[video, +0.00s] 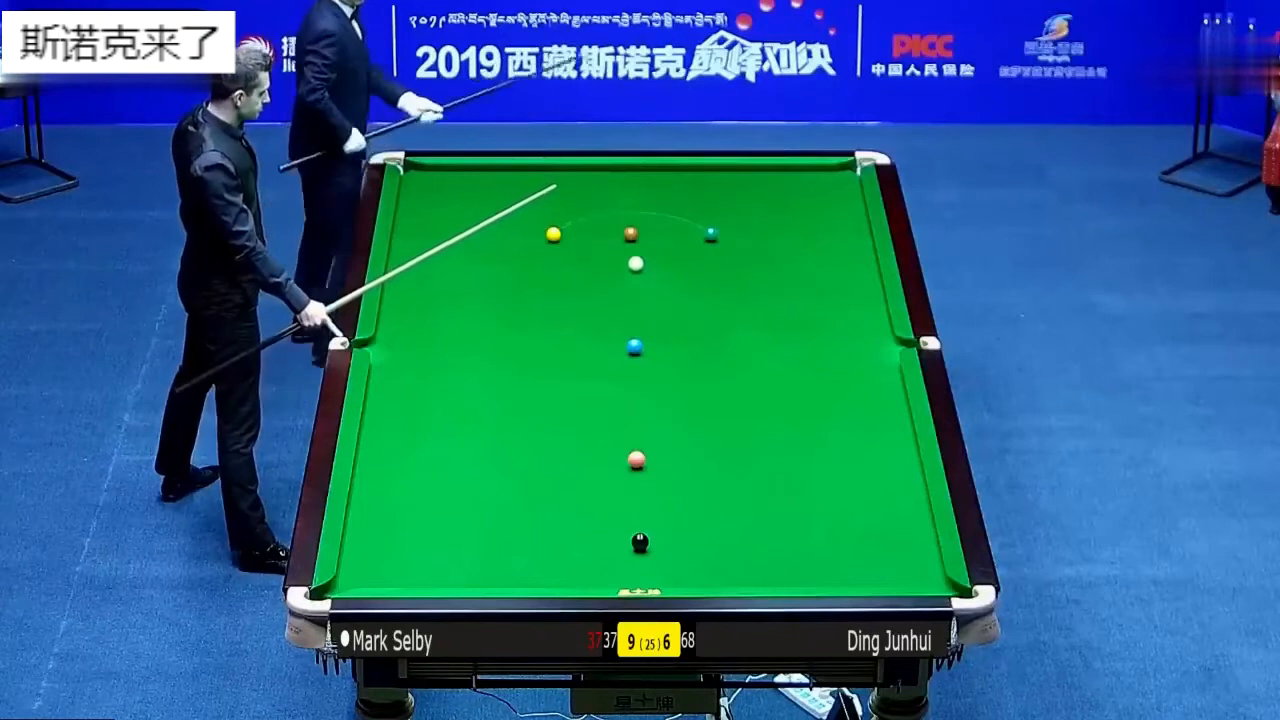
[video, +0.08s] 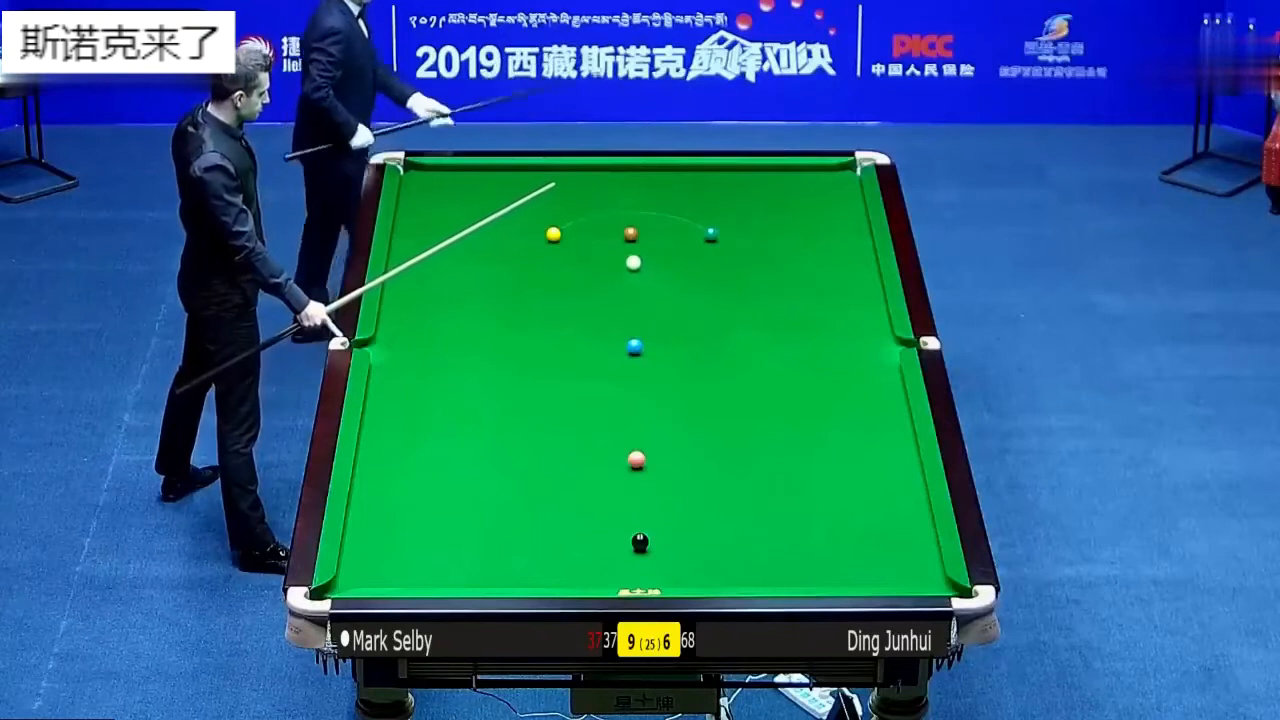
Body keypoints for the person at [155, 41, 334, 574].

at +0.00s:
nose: (267, 100)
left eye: (267, 91)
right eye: (262, 92)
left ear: (229, 89)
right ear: (237, 94)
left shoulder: (202, 121)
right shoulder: (212, 165)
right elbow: (246, 247)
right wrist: (302, 301)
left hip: (206, 281)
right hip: (226, 296)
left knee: (193, 379)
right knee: (240, 425)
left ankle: (175, 472)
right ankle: (253, 546)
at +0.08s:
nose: (266, 100)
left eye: (266, 91)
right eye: (261, 92)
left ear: (228, 90)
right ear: (236, 95)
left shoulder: (201, 122)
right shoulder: (212, 165)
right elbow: (245, 246)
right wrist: (301, 301)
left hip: (206, 282)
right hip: (226, 297)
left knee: (192, 379)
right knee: (239, 425)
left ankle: (175, 473)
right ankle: (253, 546)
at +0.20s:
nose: (267, 102)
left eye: (267, 93)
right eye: (262, 94)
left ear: (229, 92)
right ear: (235, 96)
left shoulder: (200, 121)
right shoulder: (212, 166)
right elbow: (245, 247)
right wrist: (300, 302)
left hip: (206, 284)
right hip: (226, 299)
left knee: (192, 379)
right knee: (239, 426)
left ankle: (175, 472)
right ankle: (253, 546)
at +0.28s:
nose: (267, 103)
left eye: (267, 94)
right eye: (262, 95)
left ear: (228, 93)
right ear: (237, 98)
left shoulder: (200, 122)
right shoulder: (211, 169)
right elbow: (245, 248)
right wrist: (301, 301)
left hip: (206, 284)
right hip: (226, 298)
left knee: (192, 379)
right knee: (239, 426)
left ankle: (175, 472)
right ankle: (253, 546)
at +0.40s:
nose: (266, 104)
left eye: (266, 94)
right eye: (260, 96)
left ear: (228, 93)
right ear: (235, 98)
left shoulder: (200, 122)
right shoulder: (210, 168)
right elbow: (244, 248)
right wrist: (300, 302)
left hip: (206, 283)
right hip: (225, 298)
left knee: (193, 379)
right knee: (239, 424)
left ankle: (175, 472)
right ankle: (253, 546)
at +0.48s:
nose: (266, 104)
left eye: (266, 95)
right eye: (260, 96)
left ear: (229, 93)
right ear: (236, 98)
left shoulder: (201, 122)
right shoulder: (210, 168)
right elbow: (243, 247)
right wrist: (299, 301)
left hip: (206, 283)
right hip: (225, 297)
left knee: (193, 378)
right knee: (239, 423)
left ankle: (175, 471)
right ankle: (253, 546)